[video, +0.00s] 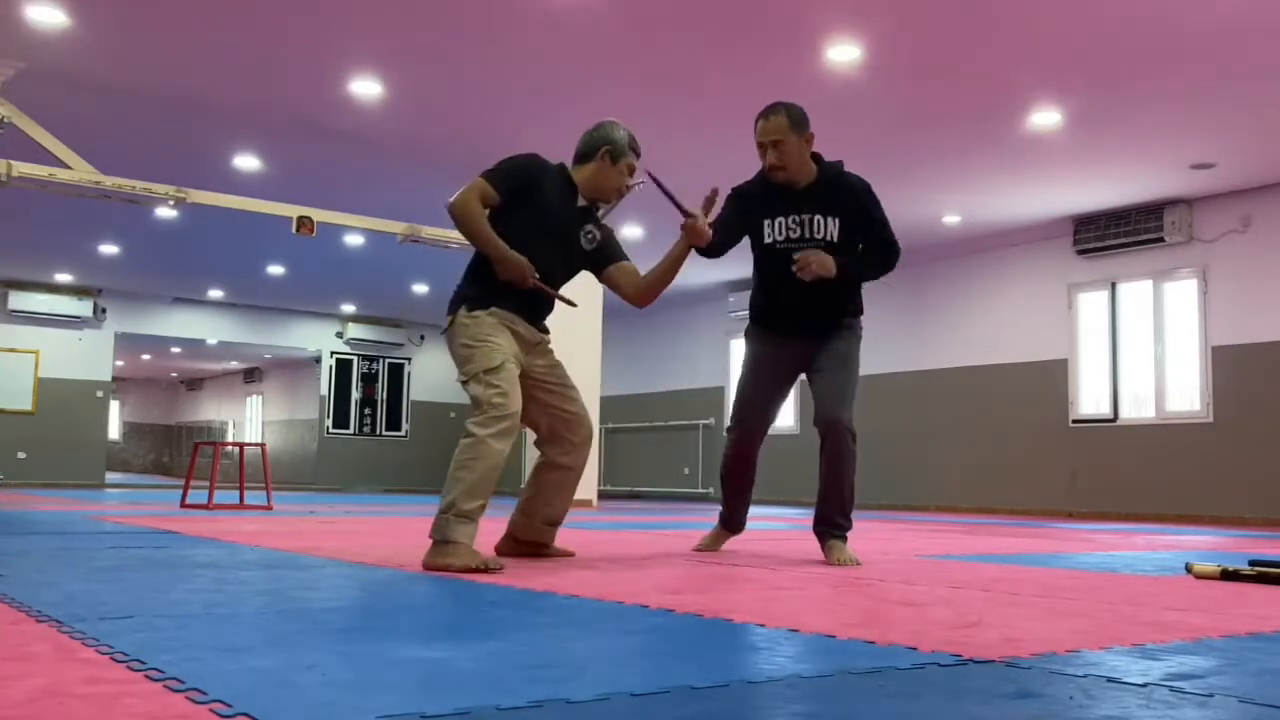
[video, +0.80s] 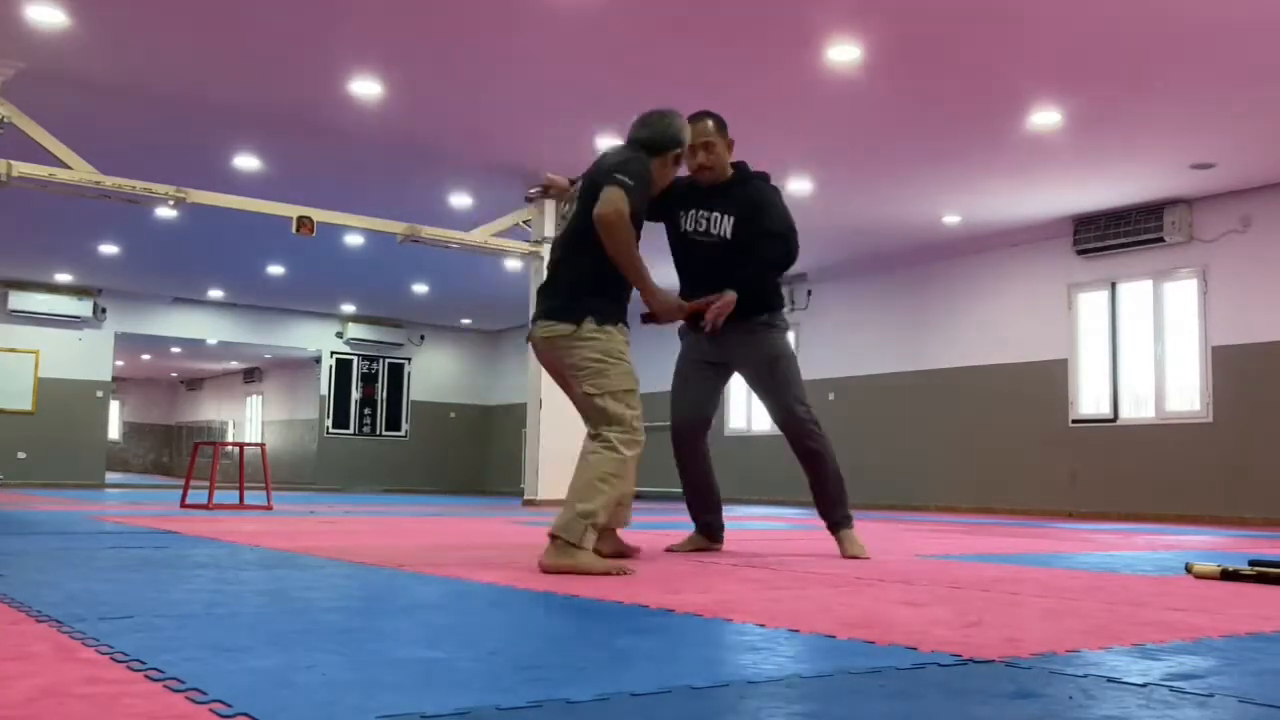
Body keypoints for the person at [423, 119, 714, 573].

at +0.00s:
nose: (631, 185)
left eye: (635, 177)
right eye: (629, 171)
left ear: (605, 165)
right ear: (603, 158)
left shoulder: (593, 232)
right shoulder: (535, 171)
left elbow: (640, 292)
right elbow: (463, 204)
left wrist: (687, 241)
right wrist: (502, 255)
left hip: (529, 336)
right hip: (482, 316)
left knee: (572, 430)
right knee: (501, 411)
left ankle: (527, 537)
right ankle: (449, 544)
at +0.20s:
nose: (627, 189)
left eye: (632, 181)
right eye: (628, 176)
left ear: (607, 167)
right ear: (607, 162)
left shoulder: (586, 234)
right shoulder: (544, 174)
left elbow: (613, 304)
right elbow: (475, 193)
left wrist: (672, 276)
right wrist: (516, 250)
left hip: (529, 337)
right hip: (491, 322)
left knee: (571, 425)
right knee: (507, 422)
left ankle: (529, 533)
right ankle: (450, 544)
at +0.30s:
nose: (623, 184)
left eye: (627, 175)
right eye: (623, 171)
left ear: (588, 156)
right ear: (605, 159)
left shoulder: (557, 188)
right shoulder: (575, 178)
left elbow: (528, 276)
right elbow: (553, 227)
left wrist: (580, 305)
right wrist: (606, 278)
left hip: (528, 329)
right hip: (510, 322)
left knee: (567, 427)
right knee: (507, 428)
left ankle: (530, 535)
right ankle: (453, 541)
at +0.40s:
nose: (617, 166)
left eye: (619, 158)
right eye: (618, 157)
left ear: (569, 146)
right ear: (604, 150)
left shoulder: (528, 180)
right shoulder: (594, 179)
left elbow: (472, 249)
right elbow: (642, 256)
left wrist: (520, 283)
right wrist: (697, 300)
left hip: (496, 316)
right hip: (528, 318)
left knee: (567, 424)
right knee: (532, 423)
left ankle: (529, 535)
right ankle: (466, 527)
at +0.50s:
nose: (614, 157)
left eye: (614, 149)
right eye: (614, 149)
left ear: (566, 138)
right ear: (603, 144)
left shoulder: (525, 178)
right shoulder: (600, 176)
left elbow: (475, 246)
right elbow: (646, 252)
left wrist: (520, 277)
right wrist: (693, 302)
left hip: (501, 313)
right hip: (542, 315)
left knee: (545, 423)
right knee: (559, 425)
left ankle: (536, 535)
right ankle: (519, 535)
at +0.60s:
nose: (626, 143)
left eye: (625, 136)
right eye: (626, 136)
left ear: (575, 129)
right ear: (617, 135)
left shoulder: (549, 171)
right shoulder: (607, 165)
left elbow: (559, 265)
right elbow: (643, 248)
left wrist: (622, 258)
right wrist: (681, 298)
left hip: (517, 316)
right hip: (557, 318)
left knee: (550, 427)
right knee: (587, 429)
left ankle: (527, 534)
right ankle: (569, 546)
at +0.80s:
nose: (673, 176)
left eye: (677, 167)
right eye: (676, 164)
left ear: (636, 143)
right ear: (668, 155)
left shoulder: (609, 169)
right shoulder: (632, 166)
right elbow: (609, 212)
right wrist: (651, 292)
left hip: (561, 324)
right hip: (583, 325)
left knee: (615, 428)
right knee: (619, 431)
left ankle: (605, 532)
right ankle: (567, 546)